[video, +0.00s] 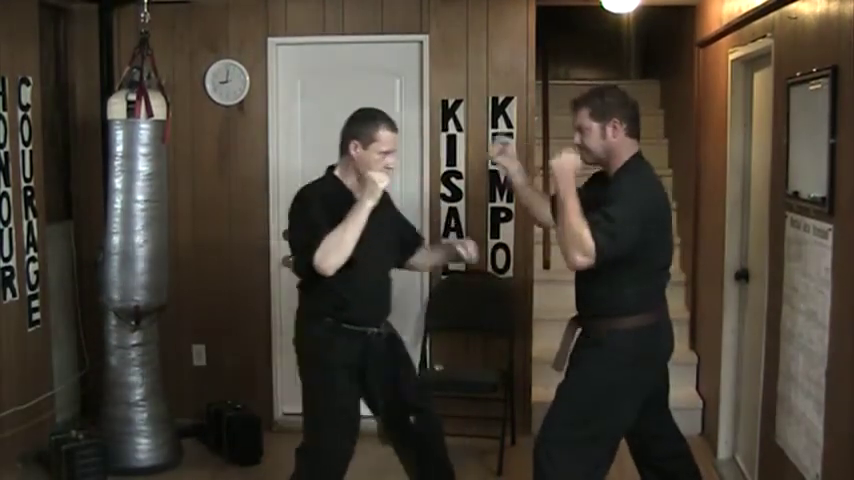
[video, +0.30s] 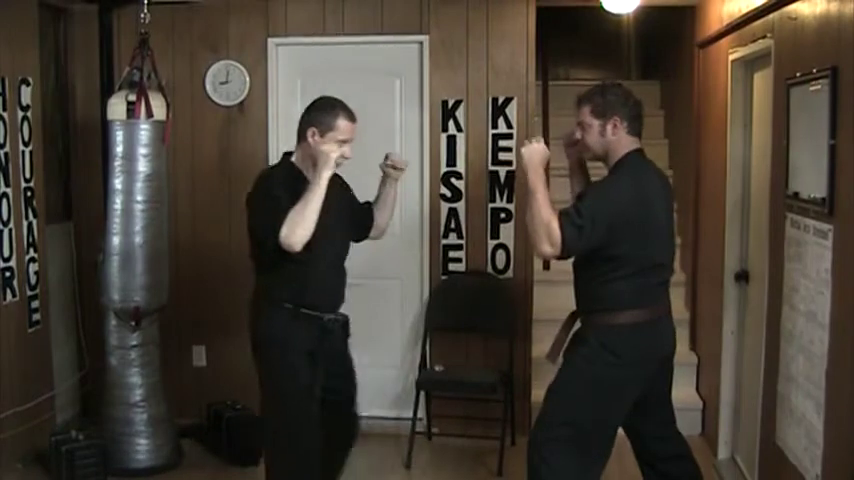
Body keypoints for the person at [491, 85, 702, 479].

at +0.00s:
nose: (575, 140)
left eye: (582, 131)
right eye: (575, 131)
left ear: (613, 130)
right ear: (612, 131)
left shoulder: (633, 188)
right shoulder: (612, 182)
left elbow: (580, 255)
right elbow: (551, 215)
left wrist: (566, 182)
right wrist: (516, 176)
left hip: (621, 342)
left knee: (558, 456)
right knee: (659, 450)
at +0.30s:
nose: (578, 136)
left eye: (583, 127)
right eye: (577, 127)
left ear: (613, 126)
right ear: (619, 127)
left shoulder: (620, 185)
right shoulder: (653, 179)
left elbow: (551, 243)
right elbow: (589, 224)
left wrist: (533, 173)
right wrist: (576, 164)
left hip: (613, 342)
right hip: (652, 336)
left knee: (553, 450)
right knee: (661, 446)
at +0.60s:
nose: (583, 135)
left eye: (588, 125)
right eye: (582, 126)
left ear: (619, 125)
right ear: (623, 125)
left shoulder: (623, 184)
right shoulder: (659, 180)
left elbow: (553, 238)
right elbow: (591, 225)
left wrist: (539, 165)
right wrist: (576, 164)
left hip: (613, 340)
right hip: (653, 335)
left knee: (554, 448)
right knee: (662, 447)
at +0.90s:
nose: (585, 136)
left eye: (589, 126)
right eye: (584, 127)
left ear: (620, 126)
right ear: (624, 126)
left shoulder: (623, 186)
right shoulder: (659, 181)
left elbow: (556, 238)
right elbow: (590, 230)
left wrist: (545, 166)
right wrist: (576, 168)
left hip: (613, 340)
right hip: (652, 335)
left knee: (555, 452)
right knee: (662, 448)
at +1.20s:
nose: (585, 135)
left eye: (590, 125)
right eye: (585, 126)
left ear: (621, 126)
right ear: (624, 127)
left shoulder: (624, 186)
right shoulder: (660, 181)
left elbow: (556, 238)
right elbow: (592, 228)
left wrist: (544, 165)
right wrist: (576, 166)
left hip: (613, 341)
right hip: (652, 336)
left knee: (555, 452)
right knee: (661, 447)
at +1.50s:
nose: (586, 135)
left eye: (591, 126)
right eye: (585, 126)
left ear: (622, 126)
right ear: (625, 127)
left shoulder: (624, 187)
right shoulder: (660, 181)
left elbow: (557, 241)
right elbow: (593, 229)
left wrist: (544, 167)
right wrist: (576, 166)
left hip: (614, 342)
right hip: (654, 336)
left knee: (555, 453)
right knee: (662, 448)